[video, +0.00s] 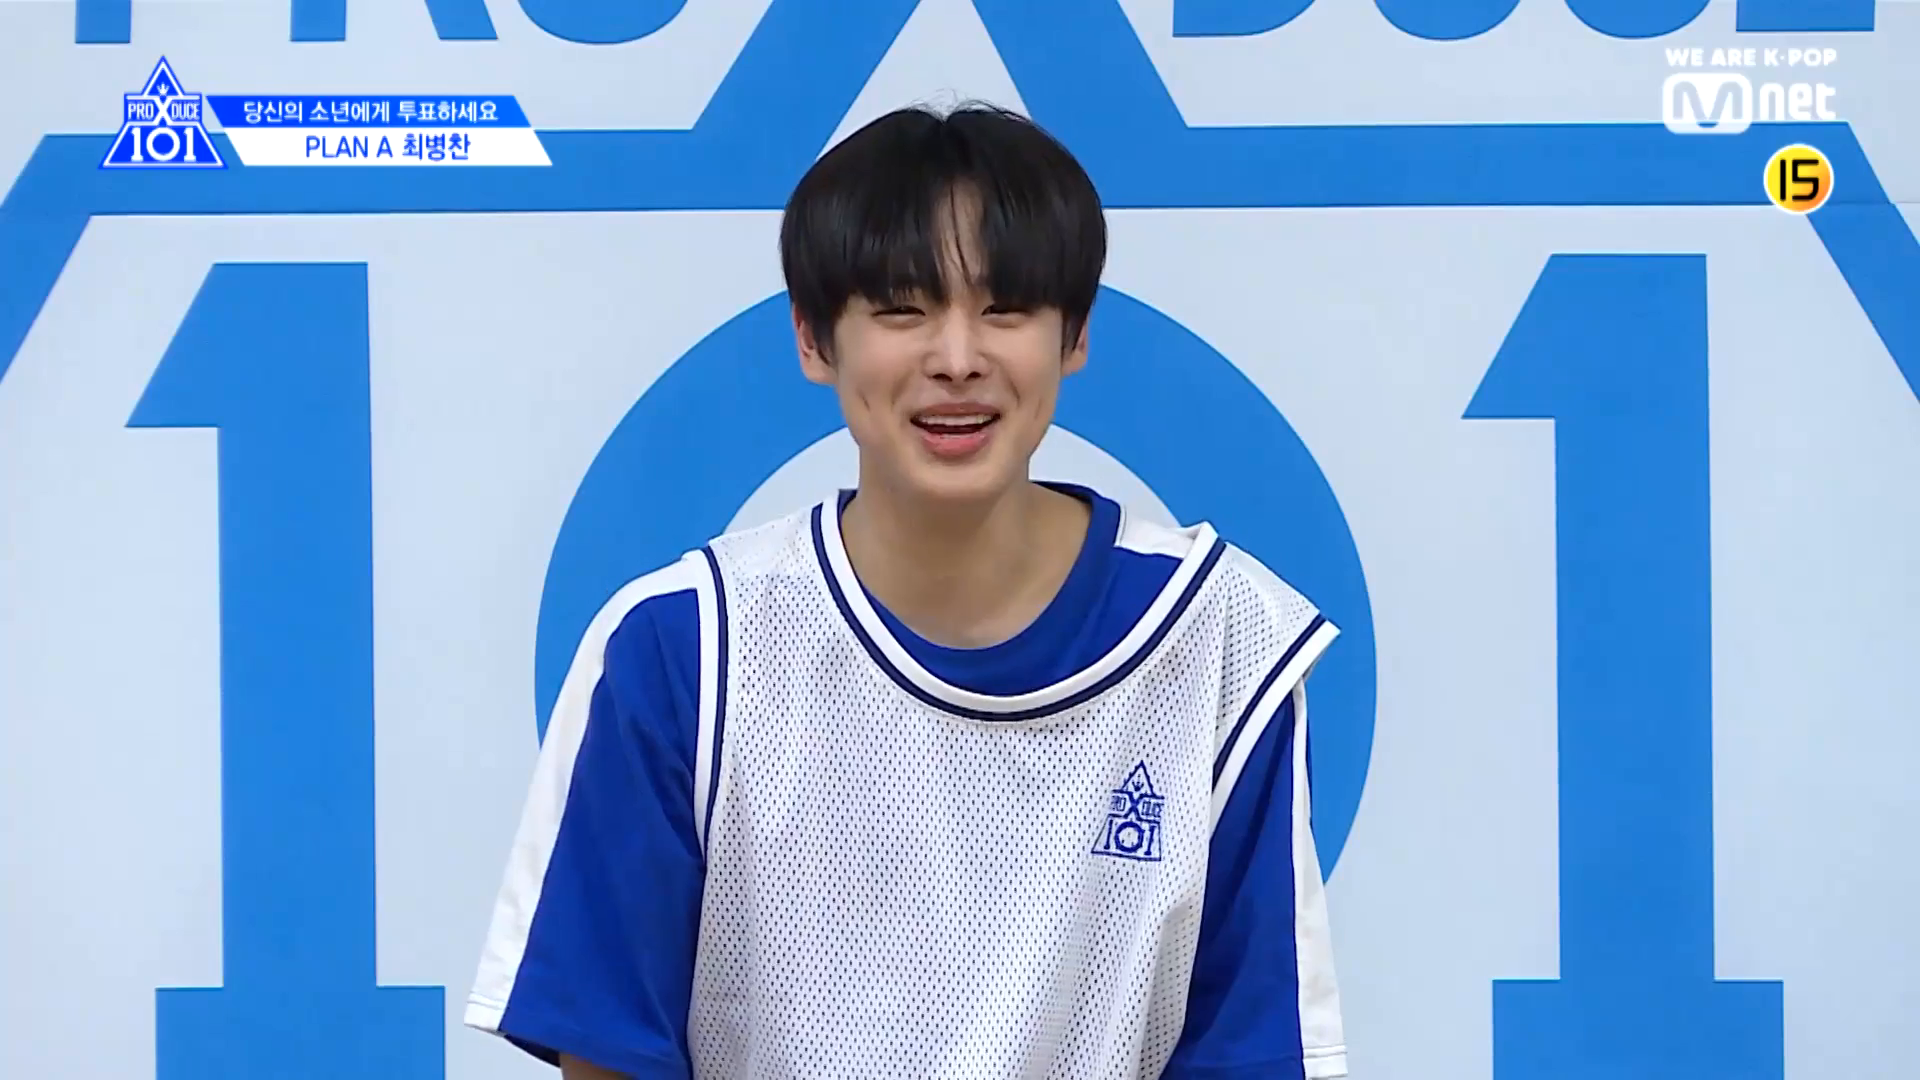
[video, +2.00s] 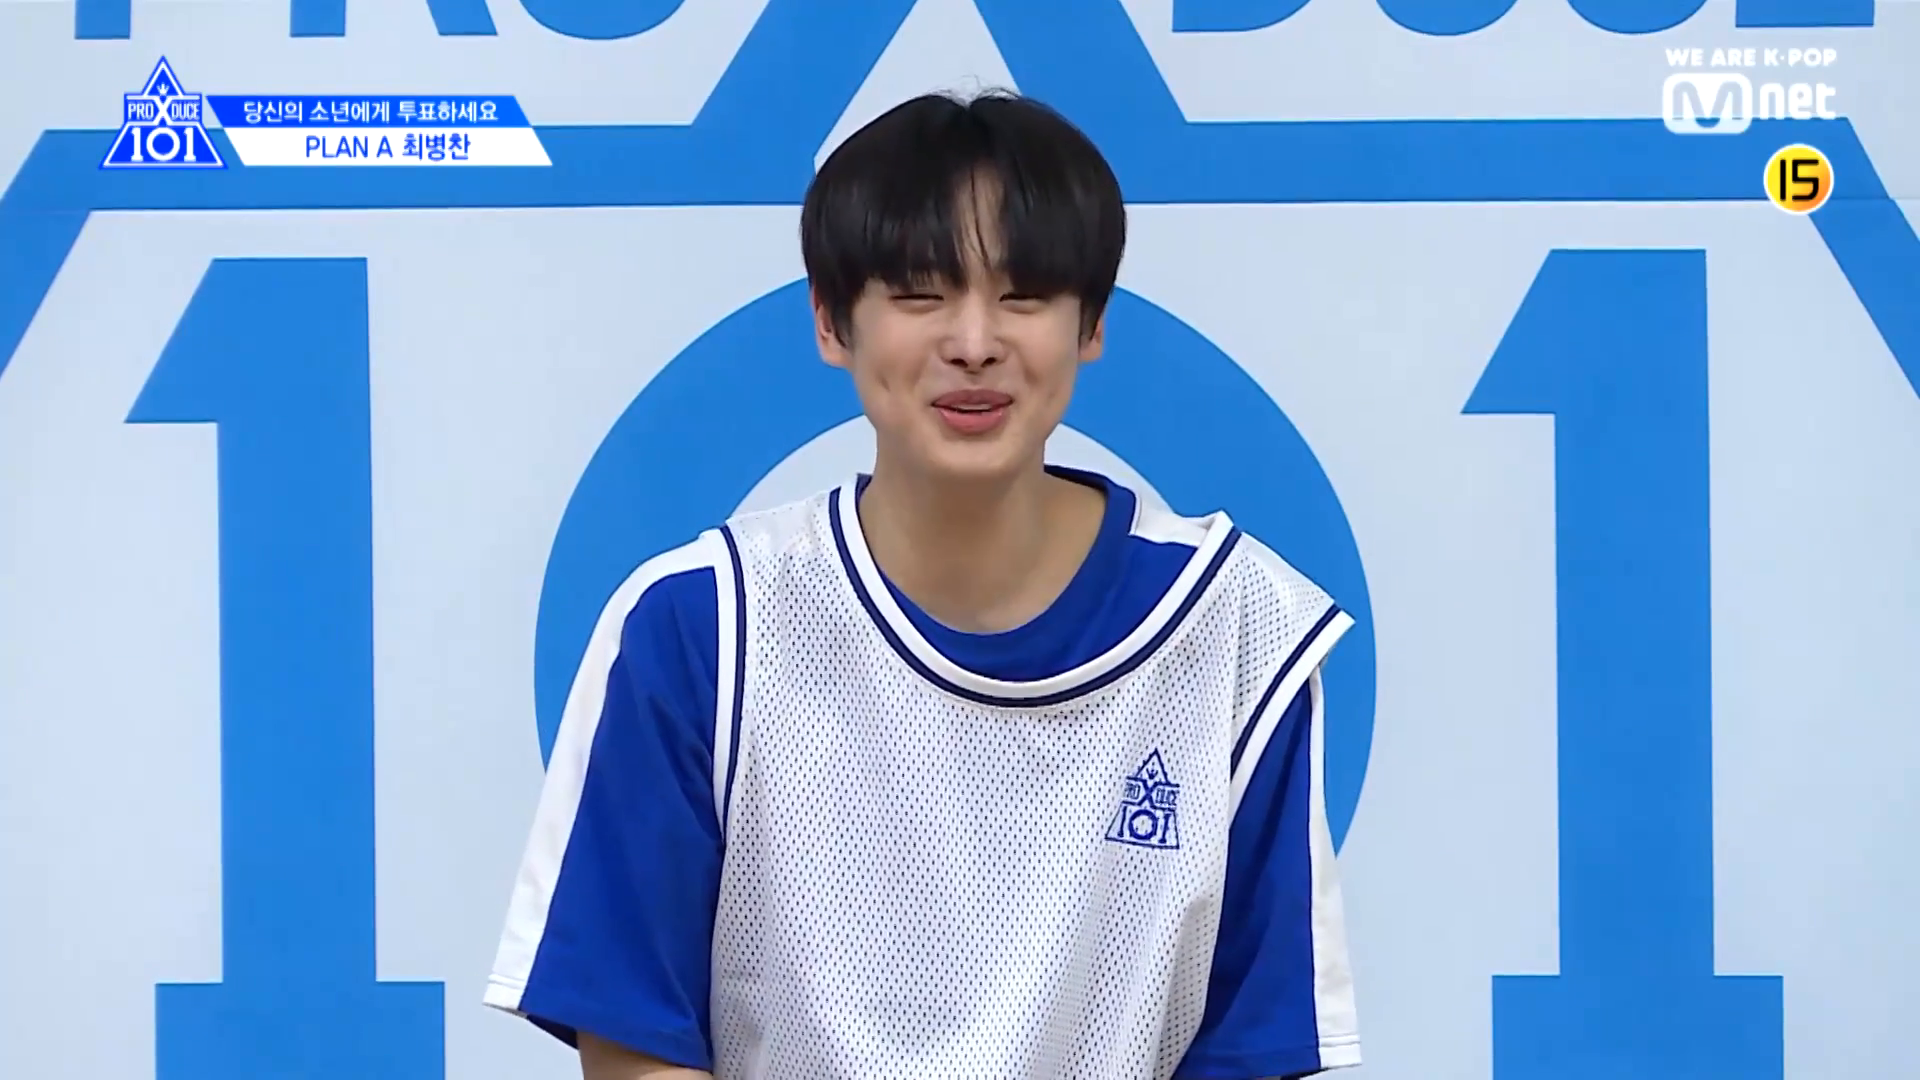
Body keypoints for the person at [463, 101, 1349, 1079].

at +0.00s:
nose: (957, 360)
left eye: (1005, 307)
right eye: (904, 306)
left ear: (1071, 340)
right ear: (819, 342)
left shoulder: (1229, 646)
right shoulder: (673, 653)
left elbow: (1255, 1052)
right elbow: (607, 1050)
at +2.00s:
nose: (974, 342)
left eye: (1025, 292)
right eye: (922, 288)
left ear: (1088, 331)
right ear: (836, 326)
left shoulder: (1242, 636)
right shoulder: (689, 631)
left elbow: (1264, 1048)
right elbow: (629, 1038)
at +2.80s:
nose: (968, 360)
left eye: (1006, 321)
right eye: (925, 320)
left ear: (1056, 349)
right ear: (855, 350)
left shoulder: (1181, 599)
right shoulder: (744, 592)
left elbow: (1179, 935)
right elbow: (693, 920)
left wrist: (1054, 1070)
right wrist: (831, 1074)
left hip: (1067, 1065)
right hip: (818, 1062)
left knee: (1302, 1032)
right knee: (573, 1043)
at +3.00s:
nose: (962, 385)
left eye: (994, 353)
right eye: (927, 352)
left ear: (1035, 373)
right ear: (873, 374)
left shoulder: (1134, 570)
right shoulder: (783, 565)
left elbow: (1131, 846)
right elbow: (742, 831)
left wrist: (1007, 1004)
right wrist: (875, 999)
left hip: (1047, 1013)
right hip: (832, 1011)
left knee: (1236, 933)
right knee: (637, 948)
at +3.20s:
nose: (956, 394)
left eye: (982, 368)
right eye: (928, 367)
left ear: (1017, 385)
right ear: (887, 385)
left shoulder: (1097, 540)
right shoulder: (814, 537)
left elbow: (1096, 765)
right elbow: (781, 756)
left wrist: (999, 890)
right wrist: (886, 891)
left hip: (1025, 910)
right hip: (856, 909)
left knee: (1179, 840)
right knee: (696, 853)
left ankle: (1152, 1072)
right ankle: (733, 1072)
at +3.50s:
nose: (953, 399)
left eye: (973, 379)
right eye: (931, 379)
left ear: (1000, 389)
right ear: (900, 391)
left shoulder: (1062, 509)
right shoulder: (847, 507)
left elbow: (1063, 677)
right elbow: (822, 672)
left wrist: (992, 771)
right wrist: (901, 773)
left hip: (1012, 779)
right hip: (879, 780)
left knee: (1129, 739)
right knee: (756, 747)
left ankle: (1100, 989)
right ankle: (792, 988)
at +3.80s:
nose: (956, 417)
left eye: (971, 402)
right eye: (939, 401)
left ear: (992, 409)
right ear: (915, 410)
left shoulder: (1039, 502)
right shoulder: (872, 500)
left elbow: (1040, 632)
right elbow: (853, 628)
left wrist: (985, 704)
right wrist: (914, 704)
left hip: (1000, 711)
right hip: (897, 712)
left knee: (1089, 680)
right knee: (802, 686)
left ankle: (1067, 873)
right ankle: (831, 871)